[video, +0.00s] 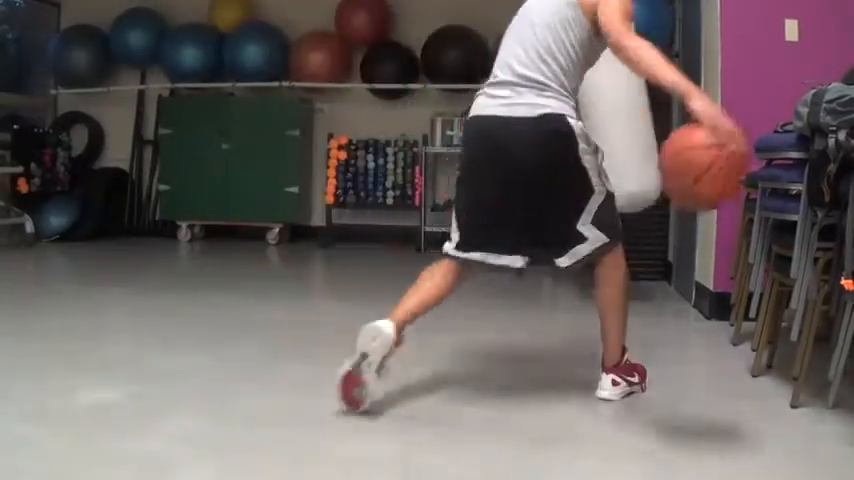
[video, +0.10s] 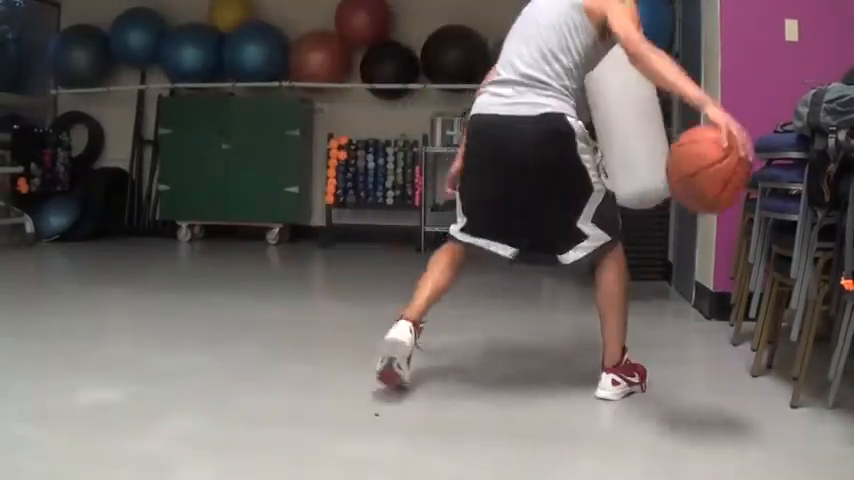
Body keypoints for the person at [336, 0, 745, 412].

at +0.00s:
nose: (626, 19)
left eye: (630, 16)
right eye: (625, 13)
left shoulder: (532, 10)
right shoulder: (600, 3)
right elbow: (624, 41)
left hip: (483, 125)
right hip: (548, 128)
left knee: (458, 256)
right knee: (608, 250)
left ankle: (391, 326)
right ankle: (615, 368)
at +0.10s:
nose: (628, 22)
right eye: (628, 14)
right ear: (606, 1)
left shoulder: (534, 12)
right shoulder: (610, 4)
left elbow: (491, 81)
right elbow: (639, 52)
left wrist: (465, 150)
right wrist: (709, 107)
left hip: (488, 128)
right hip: (549, 130)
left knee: (462, 237)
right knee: (608, 244)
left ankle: (408, 322)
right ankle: (614, 367)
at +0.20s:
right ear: (604, 2)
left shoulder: (527, 15)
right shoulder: (605, 15)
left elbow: (480, 85)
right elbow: (614, 81)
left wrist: (449, 154)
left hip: (487, 133)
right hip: (550, 135)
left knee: (456, 230)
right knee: (610, 240)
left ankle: (400, 332)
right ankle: (614, 367)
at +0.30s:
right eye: (593, 8)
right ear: (583, 4)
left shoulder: (504, 22)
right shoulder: (590, 27)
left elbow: (473, 94)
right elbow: (589, 101)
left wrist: (442, 160)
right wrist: (584, 181)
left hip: (480, 147)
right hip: (545, 149)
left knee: (441, 233)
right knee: (604, 251)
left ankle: (390, 329)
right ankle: (612, 367)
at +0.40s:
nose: (558, 11)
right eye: (559, 9)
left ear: (516, 4)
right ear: (557, 6)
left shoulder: (477, 34)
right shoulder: (568, 39)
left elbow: (451, 102)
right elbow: (565, 110)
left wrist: (418, 159)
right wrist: (558, 186)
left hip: (467, 158)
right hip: (532, 160)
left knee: (434, 240)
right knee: (592, 254)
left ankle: (389, 327)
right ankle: (610, 365)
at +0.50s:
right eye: (529, 18)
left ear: (488, 14)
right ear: (526, 17)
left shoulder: (458, 35)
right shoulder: (547, 45)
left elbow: (417, 79)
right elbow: (557, 111)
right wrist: (556, 184)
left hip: (457, 162)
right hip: (518, 166)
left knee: (425, 234)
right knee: (579, 255)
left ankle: (388, 329)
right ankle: (605, 360)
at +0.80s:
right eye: (532, 19)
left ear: (486, 15)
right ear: (527, 16)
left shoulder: (459, 38)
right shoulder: (545, 44)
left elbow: (416, 84)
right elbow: (562, 109)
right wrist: (568, 184)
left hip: (464, 169)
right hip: (523, 171)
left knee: (430, 236)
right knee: (596, 252)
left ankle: (389, 329)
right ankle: (650, 349)